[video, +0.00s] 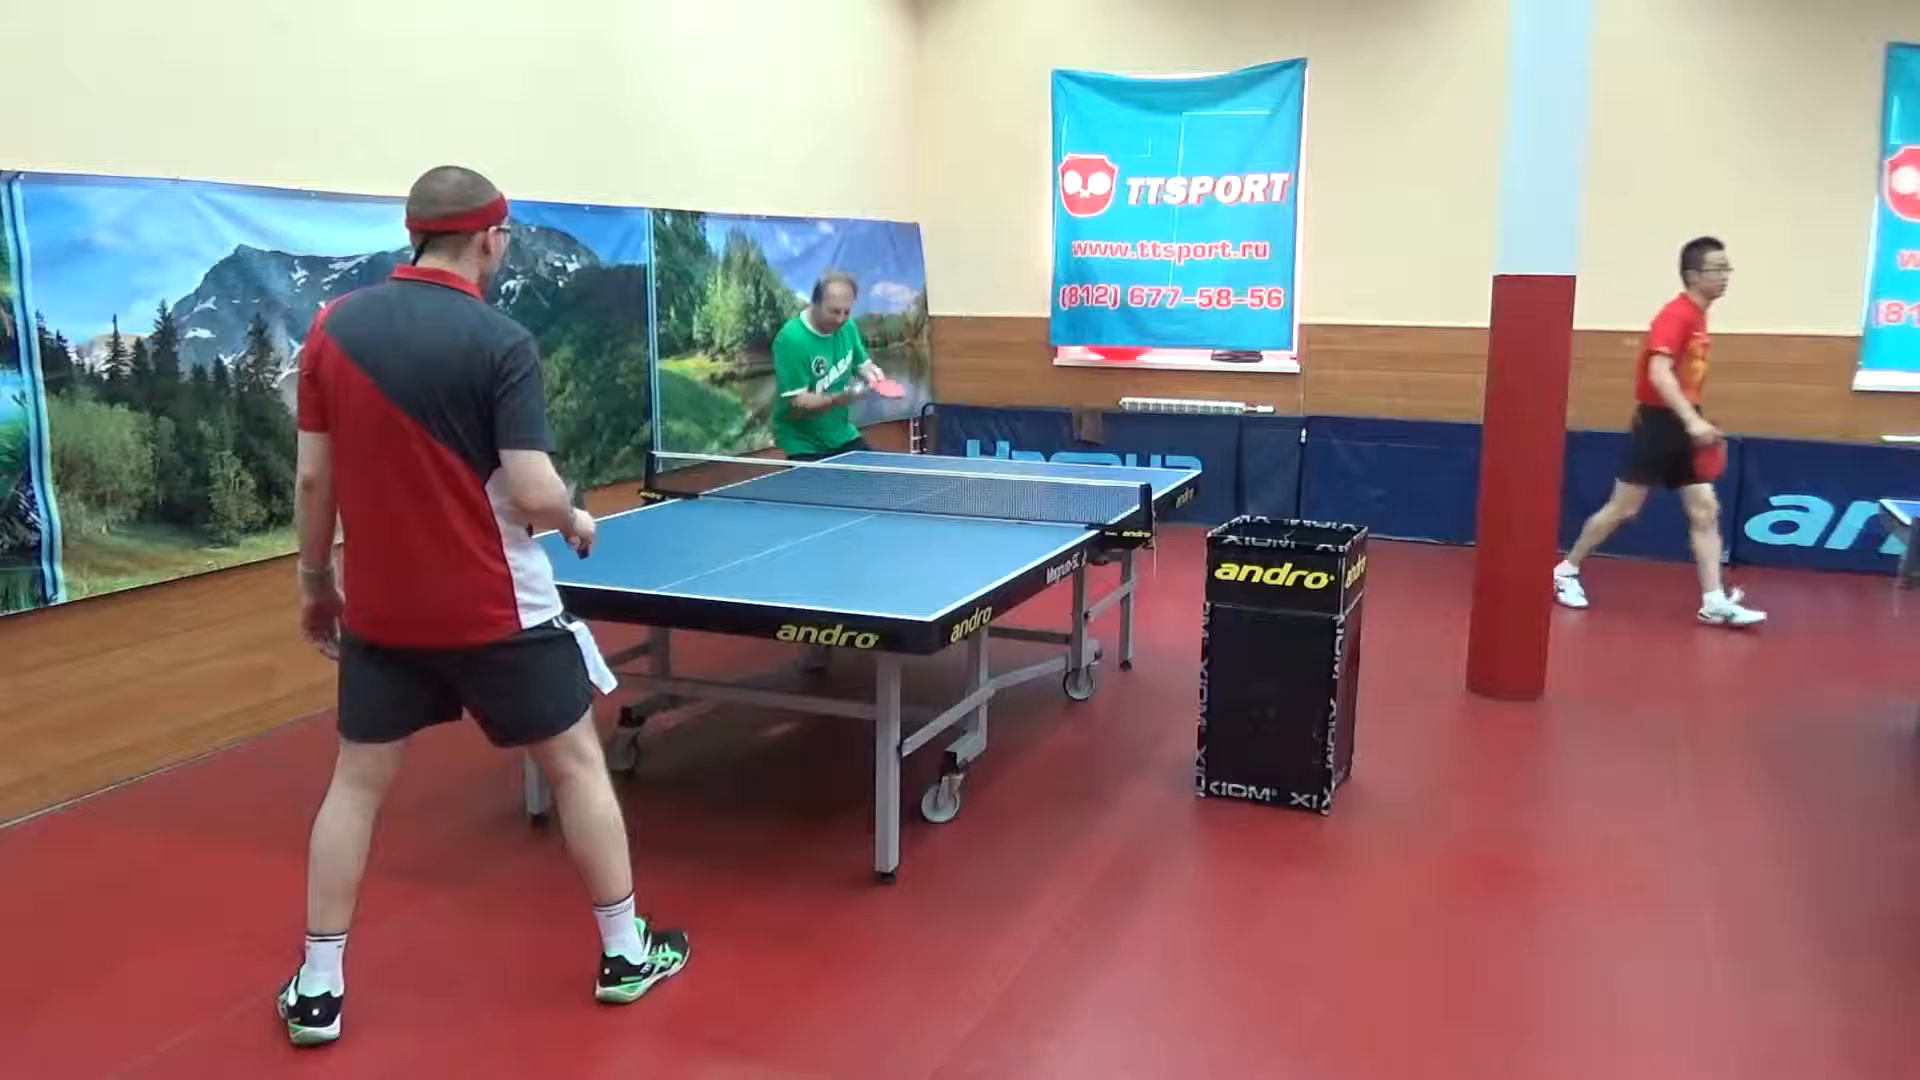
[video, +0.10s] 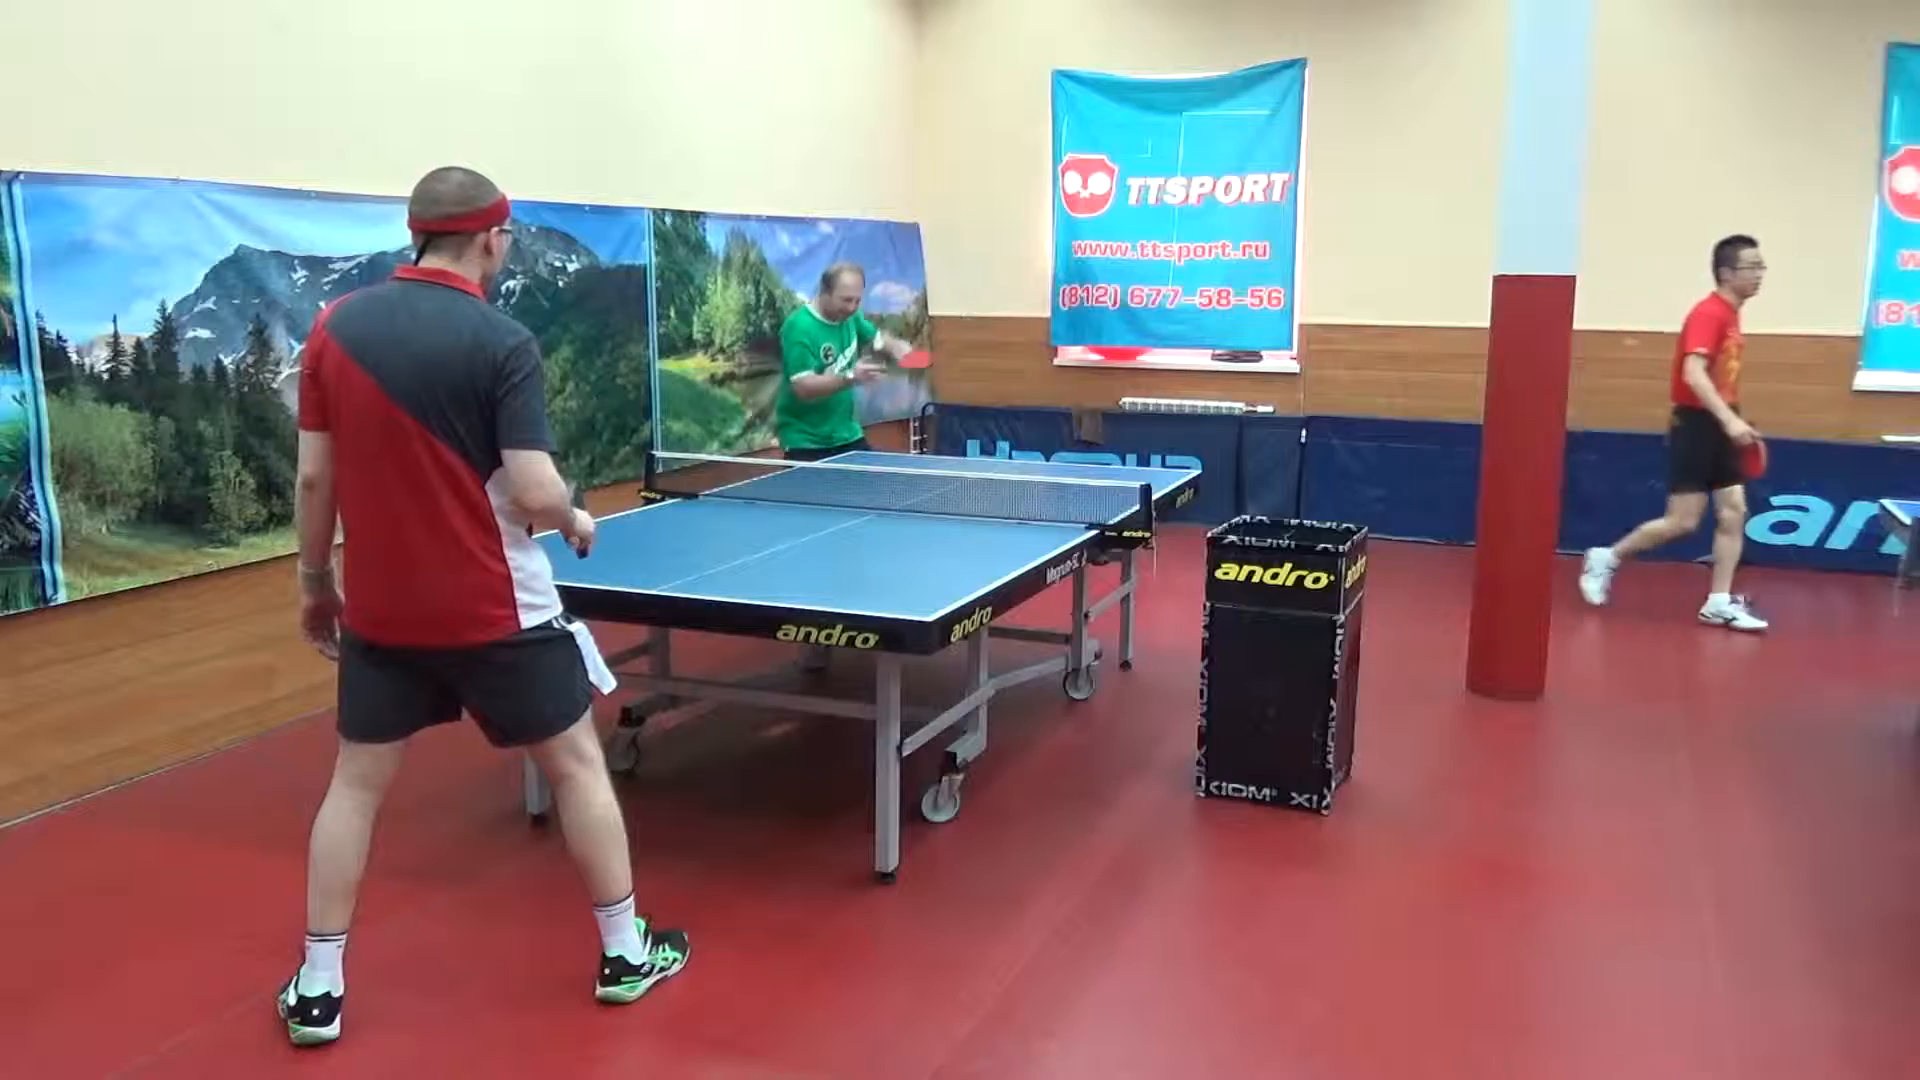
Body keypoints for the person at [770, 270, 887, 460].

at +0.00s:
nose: (841, 320)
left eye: (846, 312)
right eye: (835, 312)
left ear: (851, 308)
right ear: (816, 305)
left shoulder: (847, 326)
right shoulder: (790, 340)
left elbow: (861, 361)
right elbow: (797, 401)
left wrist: (870, 373)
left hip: (842, 431)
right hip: (804, 440)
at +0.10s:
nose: (852, 308)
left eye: (856, 301)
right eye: (846, 300)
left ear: (861, 298)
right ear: (825, 293)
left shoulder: (852, 319)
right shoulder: (798, 327)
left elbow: (882, 340)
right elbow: (803, 387)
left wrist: (900, 350)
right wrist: (850, 378)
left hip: (847, 434)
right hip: (806, 441)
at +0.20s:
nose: (869, 296)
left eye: (873, 289)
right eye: (864, 288)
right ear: (841, 283)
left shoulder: (861, 309)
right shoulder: (810, 319)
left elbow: (888, 311)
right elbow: (793, 372)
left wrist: (913, 313)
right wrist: (838, 388)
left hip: (853, 429)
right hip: (813, 438)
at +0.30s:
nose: (888, 294)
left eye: (890, 287)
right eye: (883, 287)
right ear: (861, 284)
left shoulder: (871, 306)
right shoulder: (824, 314)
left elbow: (892, 305)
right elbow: (786, 358)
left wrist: (919, 301)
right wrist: (819, 393)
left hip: (862, 433)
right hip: (820, 440)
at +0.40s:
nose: (900, 300)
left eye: (902, 294)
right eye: (895, 293)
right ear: (872, 285)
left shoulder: (881, 313)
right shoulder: (829, 312)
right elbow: (786, 355)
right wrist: (815, 396)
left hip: (869, 436)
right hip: (827, 441)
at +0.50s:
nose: (900, 309)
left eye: (903, 302)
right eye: (896, 301)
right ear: (875, 291)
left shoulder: (886, 317)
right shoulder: (829, 313)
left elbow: (890, 360)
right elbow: (790, 357)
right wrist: (820, 400)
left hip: (871, 436)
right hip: (829, 441)